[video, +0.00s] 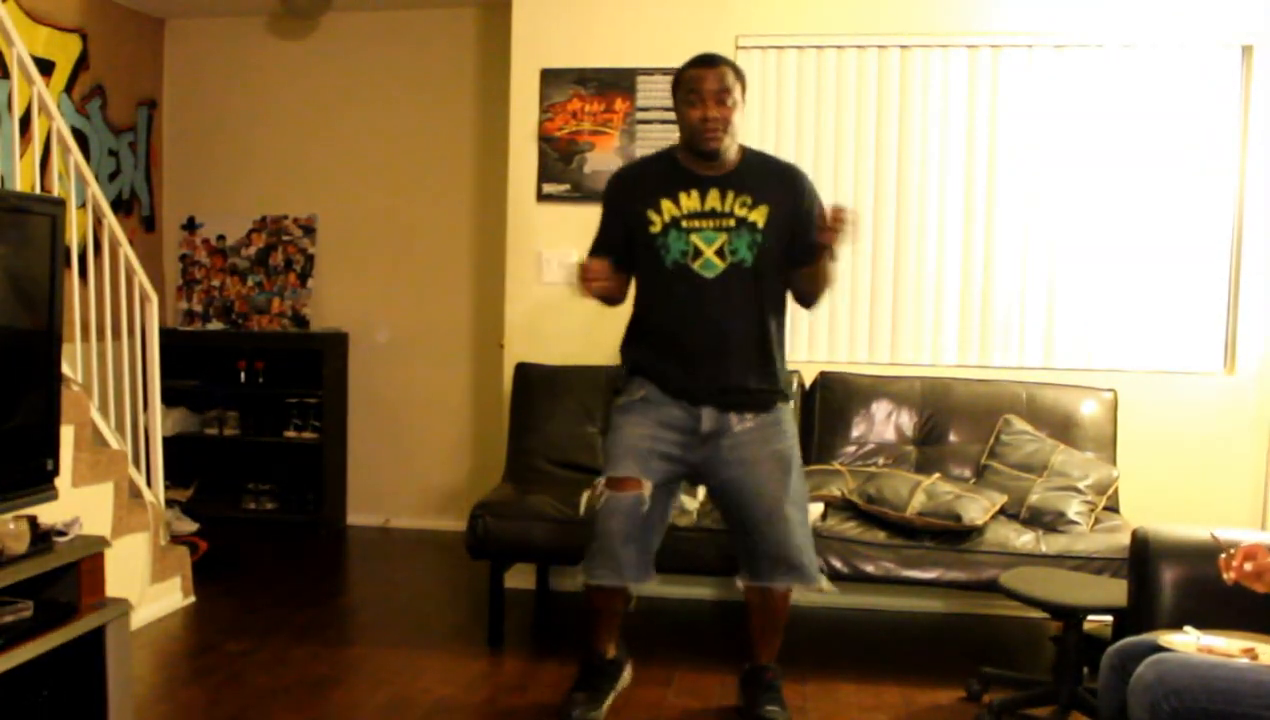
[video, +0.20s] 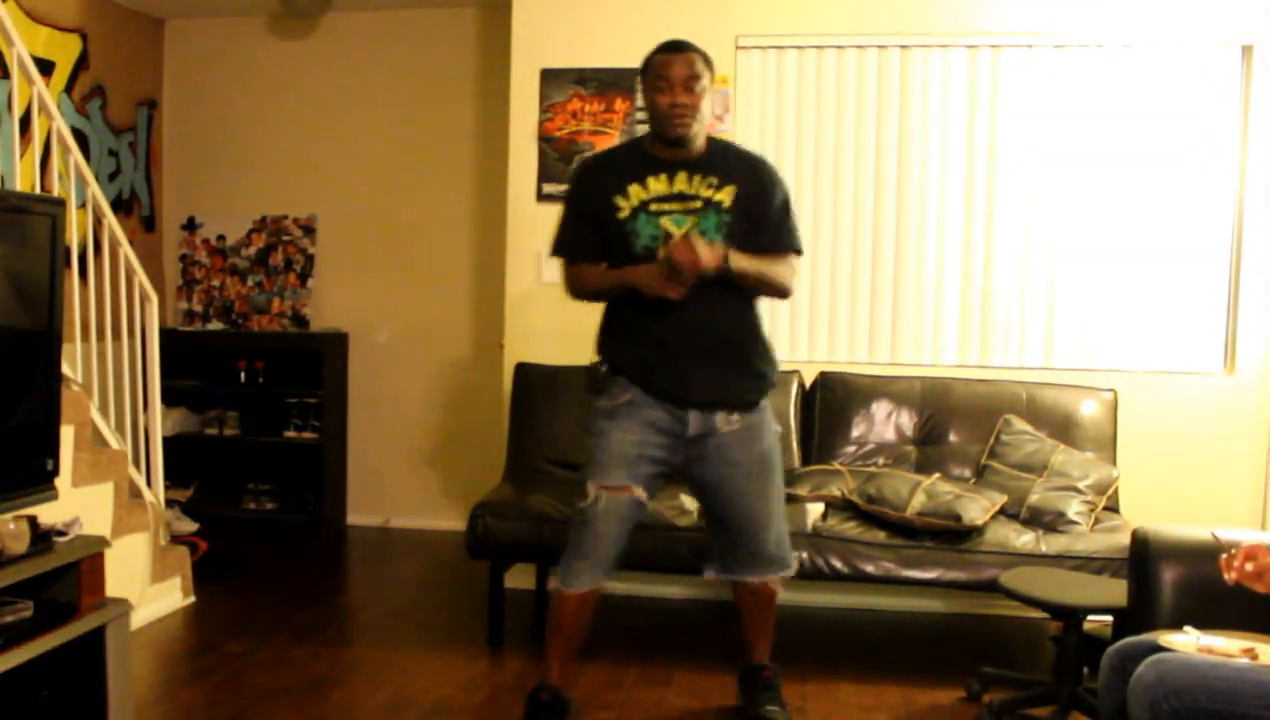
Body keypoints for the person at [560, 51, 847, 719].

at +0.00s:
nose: (709, 111)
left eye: (722, 98)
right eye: (695, 99)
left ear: (741, 106)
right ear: (676, 109)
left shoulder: (785, 187)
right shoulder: (634, 186)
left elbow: (807, 294)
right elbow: (615, 289)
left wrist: (824, 250)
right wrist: (598, 280)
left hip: (753, 405)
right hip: (654, 398)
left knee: (779, 546)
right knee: (617, 521)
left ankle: (762, 676)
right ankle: (603, 662)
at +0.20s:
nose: (676, 98)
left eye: (689, 85)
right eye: (662, 86)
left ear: (709, 93)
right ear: (642, 95)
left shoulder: (752, 177)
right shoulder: (602, 176)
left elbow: (784, 277)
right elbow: (579, 279)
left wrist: (722, 258)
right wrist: (638, 274)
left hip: (736, 398)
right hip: (635, 392)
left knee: (762, 552)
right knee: (596, 538)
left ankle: (761, 677)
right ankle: (551, 692)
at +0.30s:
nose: (656, 107)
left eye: (669, 94)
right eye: (641, 94)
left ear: (689, 101)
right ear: (621, 103)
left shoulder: (731, 180)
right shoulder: (583, 180)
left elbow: (775, 271)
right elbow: (549, 280)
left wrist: (743, 329)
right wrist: (620, 280)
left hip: (700, 403)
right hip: (602, 398)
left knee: (737, 557)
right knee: (580, 542)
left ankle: (754, 673)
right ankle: (549, 699)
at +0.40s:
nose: (639, 111)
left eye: (651, 97)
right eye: (625, 99)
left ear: (671, 100)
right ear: (602, 105)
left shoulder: (714, 164)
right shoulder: (567, 177)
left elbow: (760, 265)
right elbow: (527, 279)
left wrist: (786, 368)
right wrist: (601, 291)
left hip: (660, 391)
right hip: (568, 383)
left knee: (656, 542)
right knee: (549, 532)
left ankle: (720, 662)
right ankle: (546, 695)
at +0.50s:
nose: (628, 115)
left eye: (639, 101)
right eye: (613, 103)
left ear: (658, 100)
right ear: (589, 107)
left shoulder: (704, 156)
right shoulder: (559, 178)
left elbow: (753, 261)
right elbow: (520, 282)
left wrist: (797, 364)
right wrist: (569, 336)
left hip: (636, 390)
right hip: (549, 380)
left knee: (583, 536)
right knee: (530, 538)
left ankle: (631, 672)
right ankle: (543, 697)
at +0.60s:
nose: (617, 119)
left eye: (630, 106)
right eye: (603, 105)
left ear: (650, 106)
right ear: (580, 106)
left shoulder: (694, 162)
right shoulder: (547, 181)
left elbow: (747, 252)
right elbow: (533, 291)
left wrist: (776, 357)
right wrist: (521, 389)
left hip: (632, 387)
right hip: (550, 381)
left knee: (581, 535)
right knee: (525, 536)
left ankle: (597, 684)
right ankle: (542, 695)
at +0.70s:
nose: (613, 121)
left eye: (627, 108)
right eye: (599, 107)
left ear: (646, 106)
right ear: (573, 105)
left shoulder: (688, 171)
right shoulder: (534, 177)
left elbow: (738, 265)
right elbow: (515, 283)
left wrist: (751, 362)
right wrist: (489, 384)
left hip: (646, 393)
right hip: (552, 389)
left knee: (647, 565)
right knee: (524, 552)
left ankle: (626, 687)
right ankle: (546, 697)